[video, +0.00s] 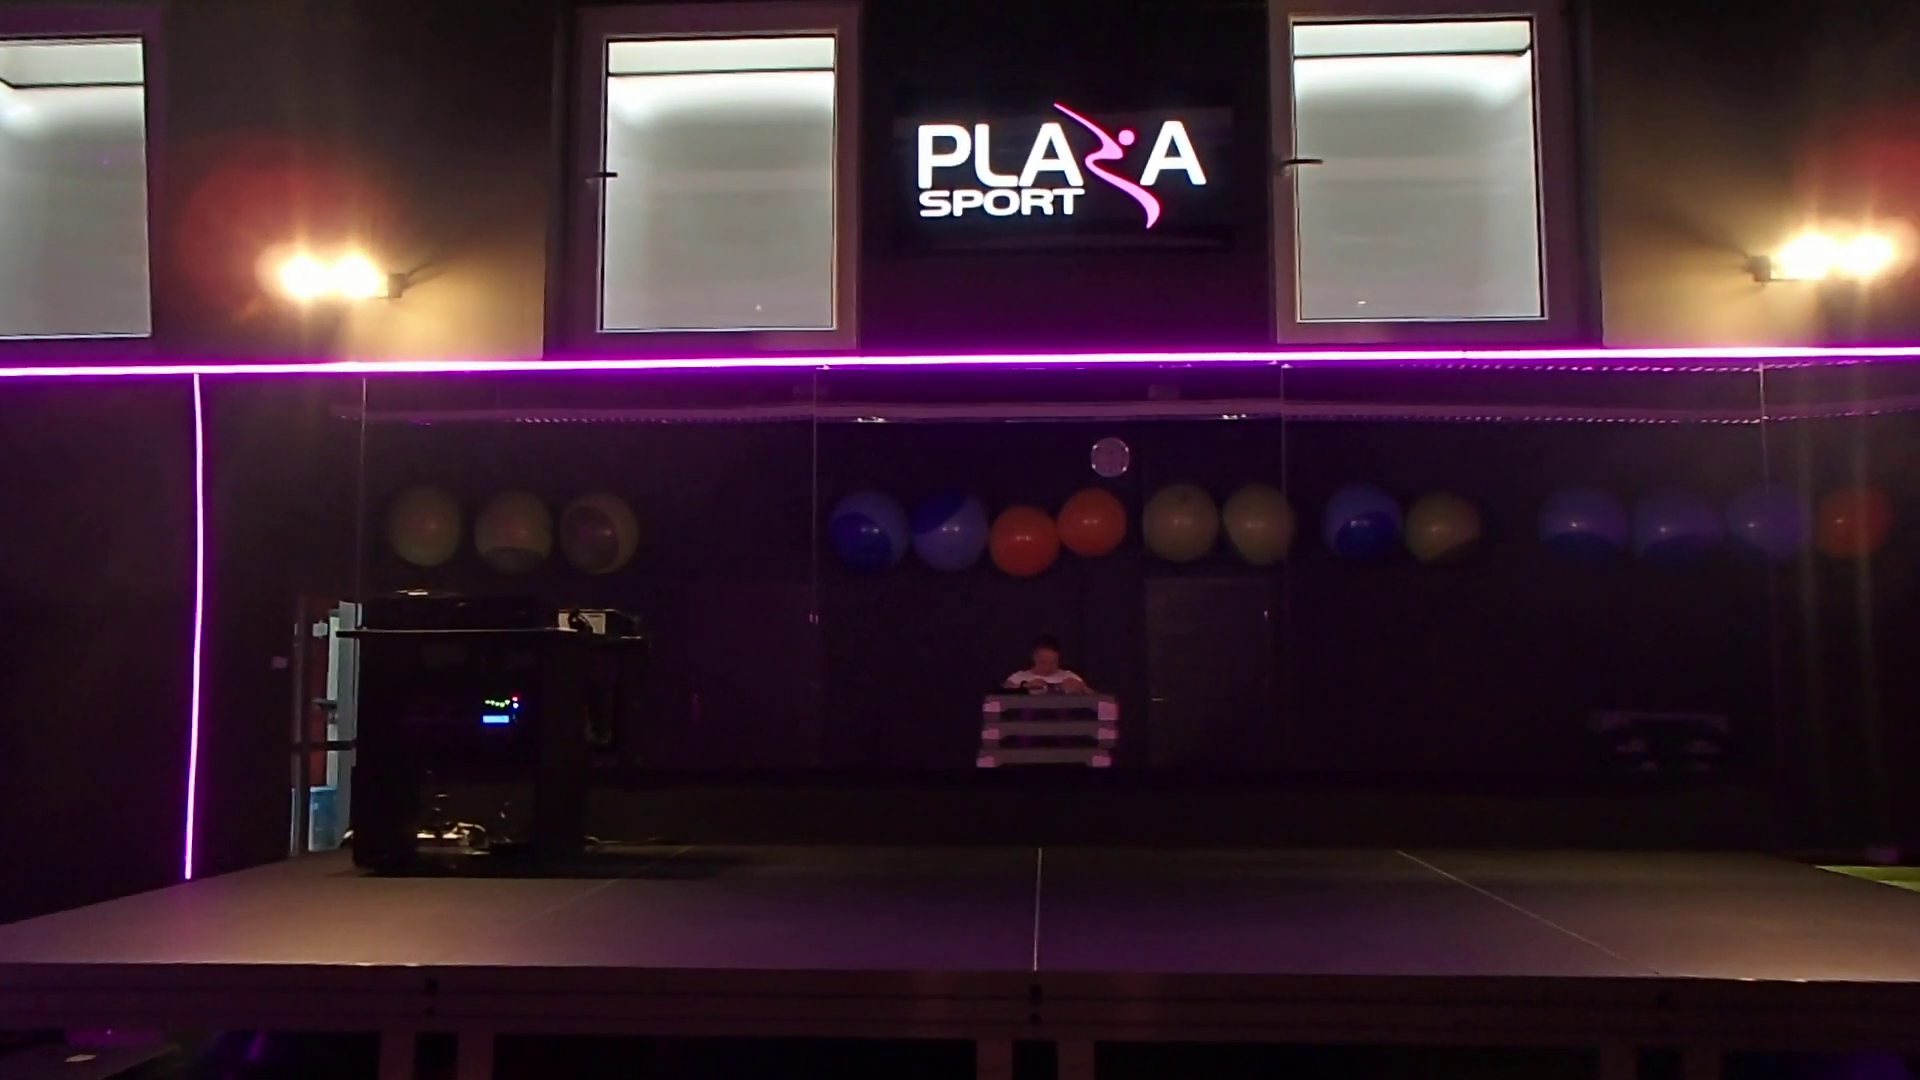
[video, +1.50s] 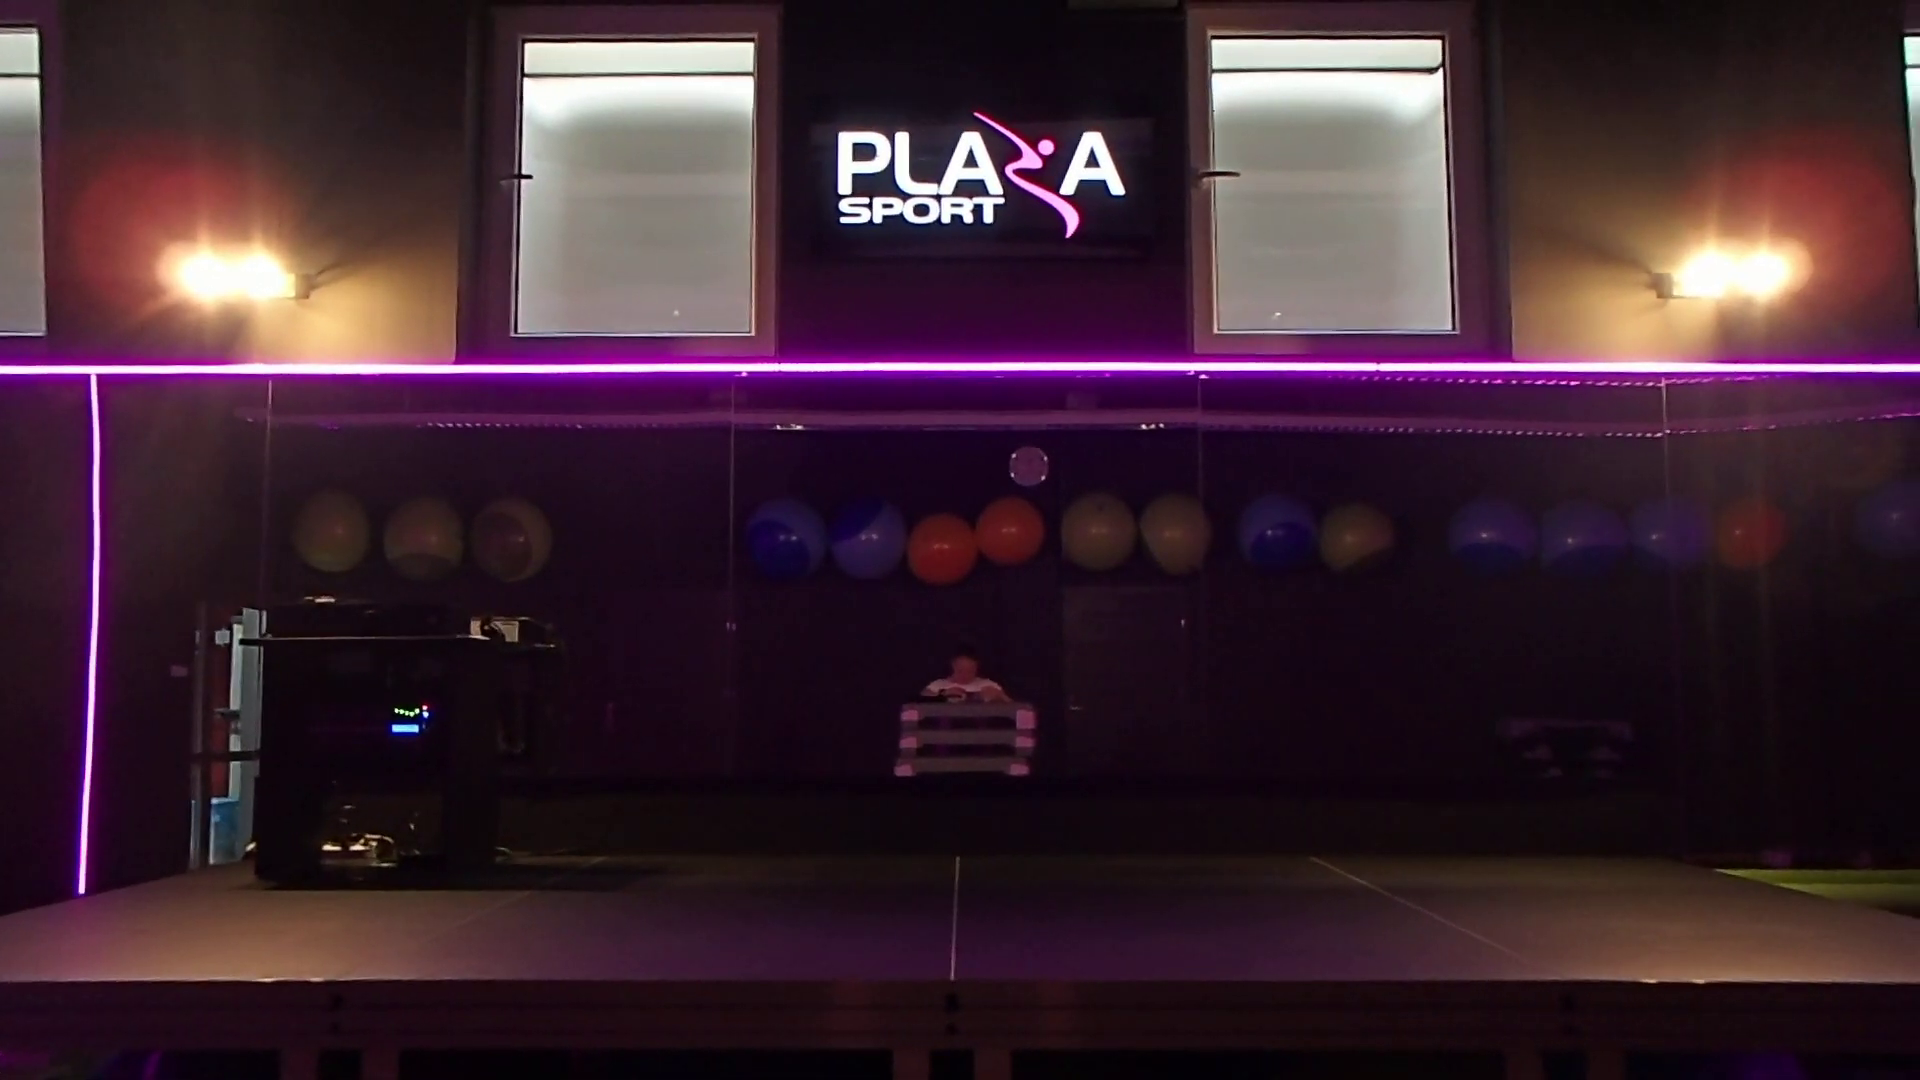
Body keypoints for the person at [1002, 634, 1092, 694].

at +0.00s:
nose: (1047, 666)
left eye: (1052, 662)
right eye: (1042, 662)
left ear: (1058, 660)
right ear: (1034, 659)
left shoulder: (1068, 677)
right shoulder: (1020, 677)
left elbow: (1092, 697)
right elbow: (1004, 692)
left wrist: (1080, 689)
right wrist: (1025, 687)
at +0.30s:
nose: (1033, 666)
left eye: (1037, 662)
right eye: (1028, 662)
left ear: (1043, 660)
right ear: (1020, 659)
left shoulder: (1054, 677)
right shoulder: (1006, 677)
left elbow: (1079, 697)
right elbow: (989, 692)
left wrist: (1065, 689)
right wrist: (1011, 687)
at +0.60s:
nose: (1023, 666)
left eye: (1027, 662)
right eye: (1018, 662)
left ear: (1033, 660)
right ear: (1010, 659)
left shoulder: (1044, 677)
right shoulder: (995, 677)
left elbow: (1069, 698)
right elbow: (978, 690)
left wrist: (1055, 689)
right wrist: (1001, 686)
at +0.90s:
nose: (1003, 669)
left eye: (1007, 664)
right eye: (998, 664)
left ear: (1012, 664)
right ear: (990, 664)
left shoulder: (1024, 679)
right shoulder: (976, 679)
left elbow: (1049, 701)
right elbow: (958, 694)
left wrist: (1033, 690)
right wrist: (981, 688)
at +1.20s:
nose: (973, 672)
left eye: (977, 668)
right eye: (969, 668)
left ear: (983, 667)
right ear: (963, 668)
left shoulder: (996, 685)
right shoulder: (948, 684)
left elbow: (1020, 706)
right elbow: (931, 699)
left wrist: (1006, 697)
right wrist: (954, 694)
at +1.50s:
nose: (965, 672)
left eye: (969, 668)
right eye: (961, 668)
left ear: (975, 668)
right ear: (954, 667)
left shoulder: (988, 686)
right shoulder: (938, 685)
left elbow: (1011, 707)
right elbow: (922, 704)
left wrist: (997, 697)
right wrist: (944, 695)